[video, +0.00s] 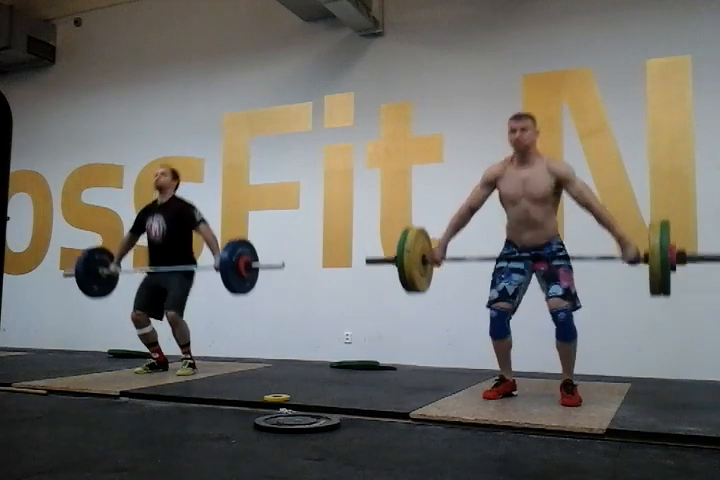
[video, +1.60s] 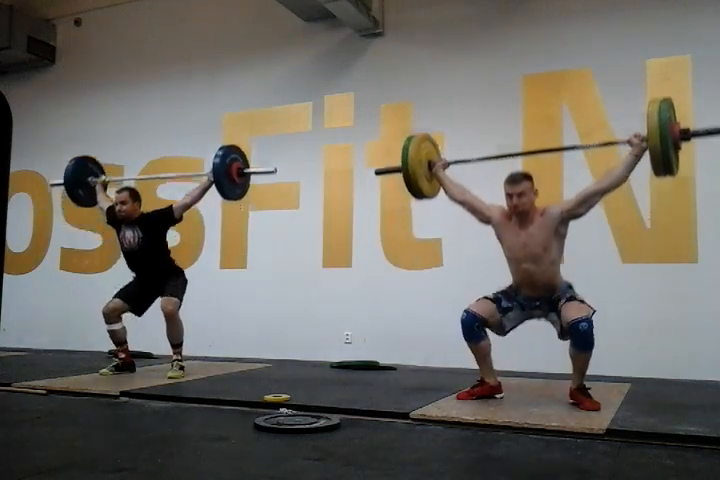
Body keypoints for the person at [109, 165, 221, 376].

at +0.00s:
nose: (157, 176)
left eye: (163, 174)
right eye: (156, 174)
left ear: (174, 182)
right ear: (155, 182)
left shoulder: (185, 208)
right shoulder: (147, 211)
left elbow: (205, 231)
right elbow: (131, 238)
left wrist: (217, 255)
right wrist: (116, 260)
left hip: (180, 272)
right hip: (156, 272)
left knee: (172, 314)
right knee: (139, 316)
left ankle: (188, 360)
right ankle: (159, 360)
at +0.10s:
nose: (169, 163)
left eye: (175, 161)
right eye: (168, 161)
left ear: (185, 170)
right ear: (164, 168)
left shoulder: (191, 193)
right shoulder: (153, 195)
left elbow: (207, 214)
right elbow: (133, 220)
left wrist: (213, 235)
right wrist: (112, 241)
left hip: (175, 256)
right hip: (150, 257)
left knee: (176, 304)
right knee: (144, 304)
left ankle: (188, 356)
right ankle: (157, 355)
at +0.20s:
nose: (176, 159)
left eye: (182, 157)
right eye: (174, 157)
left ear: (192, 165)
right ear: (172, 165)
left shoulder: (196, 183)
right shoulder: (159, 187)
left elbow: (212, 197)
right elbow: (134, 204)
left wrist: (220, 211)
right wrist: (109, 213)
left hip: (174, 243)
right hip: (149, 243)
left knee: (177, 294)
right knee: (138, 295)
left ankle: (187, 346)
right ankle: (150, 343)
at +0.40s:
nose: (156, 190)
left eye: (161, 187)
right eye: (155, 187)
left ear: (172, 190)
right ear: (153, 191)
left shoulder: (184, 209)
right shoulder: (148, 211)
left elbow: (206, 203)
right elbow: (122, 207)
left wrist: (205, 180)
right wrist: (102, 188)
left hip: (176, 276)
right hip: (152, 277)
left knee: (170, 309)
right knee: (114, 310)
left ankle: (178, 362)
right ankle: (125, 360)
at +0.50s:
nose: (139, 211)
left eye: (144, 207)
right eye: (138, 207)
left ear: (156, 208)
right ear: (136, 209)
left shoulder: (170, 225)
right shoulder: (134, 227)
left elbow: (191, 206)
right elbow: (110, 210)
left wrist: (201, 181)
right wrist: (96, 189)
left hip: (173, 289)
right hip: (148, 291)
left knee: (169, 313)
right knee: (107, 315)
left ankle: (177, 361)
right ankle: (124, 361)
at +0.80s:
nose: (115, 235)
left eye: (120, 231)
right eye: (114, 231)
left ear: (134, 233)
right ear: (112, 234)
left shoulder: (152, 248)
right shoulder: (115, 250)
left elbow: (183, 229)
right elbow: (99, 231)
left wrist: (203, 205)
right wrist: (92, 213)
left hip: (163, 305)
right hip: (138, 308)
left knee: (167, 316)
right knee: (98, 322)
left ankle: (176, 361)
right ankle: (123, 361)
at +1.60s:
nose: (119, 208)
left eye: (123, 203)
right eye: (117, 205)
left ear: (137, 204)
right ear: (115, 207)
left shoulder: (155, 220)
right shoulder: (118, 222)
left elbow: (186, 202)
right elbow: (103, 203)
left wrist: (211, 179)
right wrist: (98, 186)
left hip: (169, 276)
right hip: (144, 280)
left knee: (169, 309)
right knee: (110, 311)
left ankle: (177, 361)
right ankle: (124, 360)